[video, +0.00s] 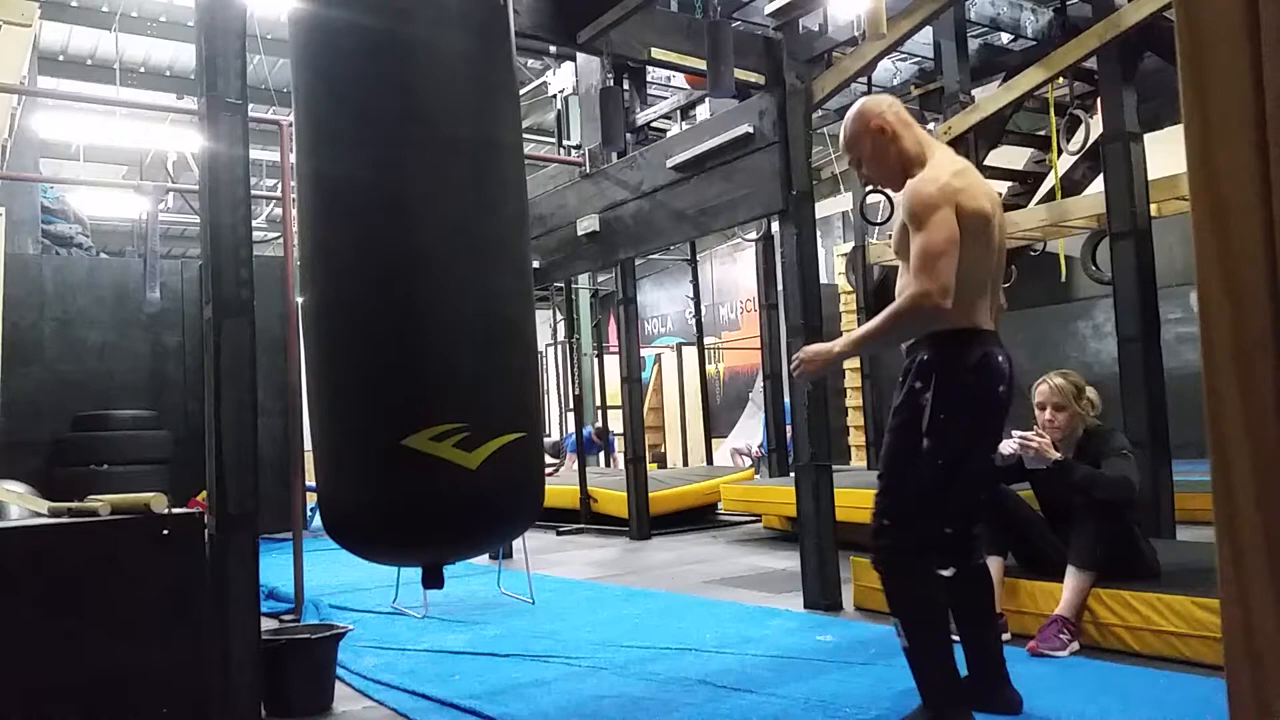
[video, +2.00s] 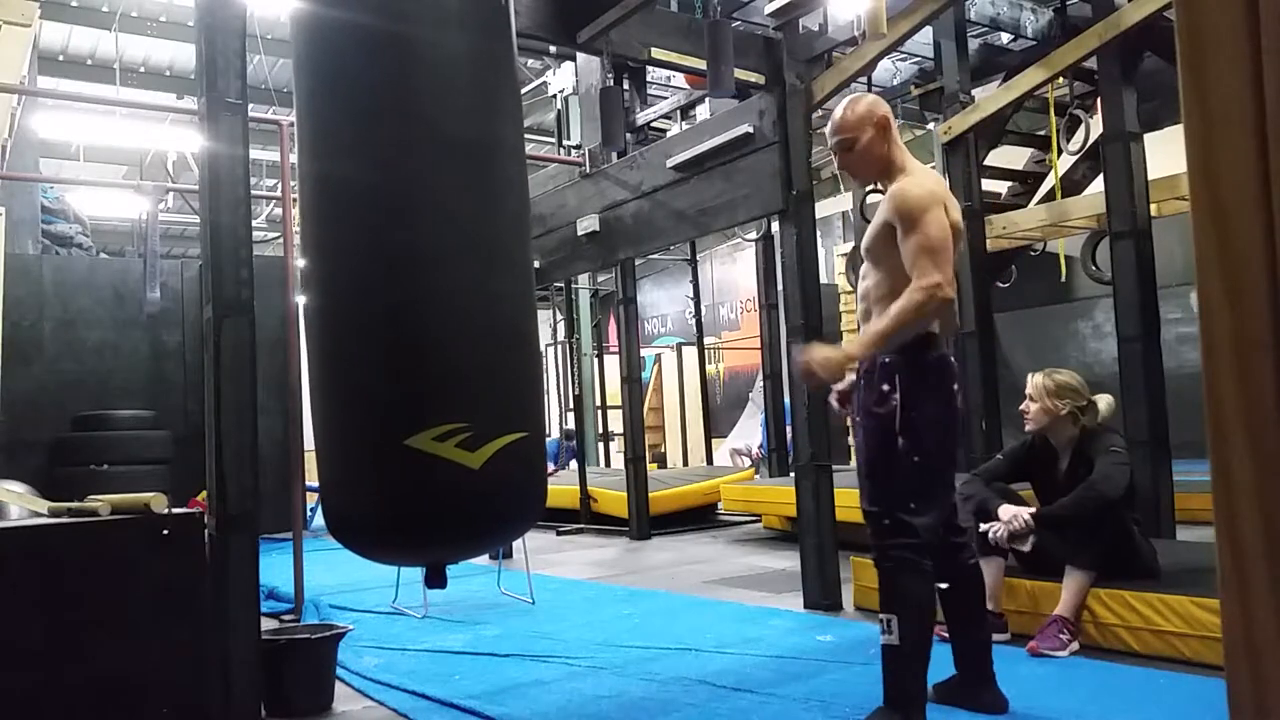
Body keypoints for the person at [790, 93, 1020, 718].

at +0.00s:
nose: (869, 183)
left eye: (862, 167)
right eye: (860, 173)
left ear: (885, 132)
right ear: (896, 129)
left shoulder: (929, 187)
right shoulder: (976, 183)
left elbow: (930, 298)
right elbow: (995, 287)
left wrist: (838, 349)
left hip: (944, 374)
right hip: (983, 370)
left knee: (894, 546)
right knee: (954, 536)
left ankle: (942, 701)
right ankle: (991, 685)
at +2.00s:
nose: (836, 160)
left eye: (843, 145)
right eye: (833, 148)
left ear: (881, 132)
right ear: (879, 137)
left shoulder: (915, 191)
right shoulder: (907, 193)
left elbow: (933, 288)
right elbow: (899, 302)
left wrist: (850, 353)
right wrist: (863, 378)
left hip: (906, 378)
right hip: (913, 375)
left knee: (897, 537)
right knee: (942, 527)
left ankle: (902, 704)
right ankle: (975, 678)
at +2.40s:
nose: (820, 144)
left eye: (824, 128)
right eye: (815, 133)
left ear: (862, 115)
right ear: (870, 117)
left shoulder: (874, 176)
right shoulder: (913, 179)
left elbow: (888, 258)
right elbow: (945, 298)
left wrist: (784, 264)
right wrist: (851, 327)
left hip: (873, 361)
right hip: (912, 358)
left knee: (849, 534)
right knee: (909, 520)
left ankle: (891, 700)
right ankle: (961, 671)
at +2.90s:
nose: (834, 158)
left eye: (843, 143)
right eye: (830, 146)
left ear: (883, 134)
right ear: (883, 138)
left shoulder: (886, 196)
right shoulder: (930, 199)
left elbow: (878, 287)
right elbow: (956, 317)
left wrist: (791, 354)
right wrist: (859, 345)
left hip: (891, 380)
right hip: (929, 377)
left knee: (859, 555)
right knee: (921, 539)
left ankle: (900, 709)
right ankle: (986, 682)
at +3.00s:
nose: (840, 155)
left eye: (849, 141)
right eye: (836, 143)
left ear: (887, 133)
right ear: (892, 138)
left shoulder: (892, 196)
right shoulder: (932, 195)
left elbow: (895, 300)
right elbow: (954, 308)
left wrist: (858, 395)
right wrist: (861, 343)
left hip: (902, 373)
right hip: (938, 370)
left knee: (873, 546)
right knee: (936, 533)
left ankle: (901, 706)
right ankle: (987, 681)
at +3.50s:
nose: (836, 125)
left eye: (846, 111)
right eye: (833, 114)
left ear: (882, 107)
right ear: (887, 113)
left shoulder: (886, 163)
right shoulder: (928, 172)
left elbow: (904, 246)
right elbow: (975, 275)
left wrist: (806, 290)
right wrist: (904, 303)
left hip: (881, 341)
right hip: (925, 343)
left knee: (838, 515)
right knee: (911, 517)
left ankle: (874, 691)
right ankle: (960, 670)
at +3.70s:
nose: (817, 143)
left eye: (827, 129)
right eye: (814, 132)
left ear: (871, 125)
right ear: (872, 134)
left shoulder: (849, 182)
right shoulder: (914, 199)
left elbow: (808, 237)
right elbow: (977, 299)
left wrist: (694, 248)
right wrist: (918, 348)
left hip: (873, 378)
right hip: (914, 379)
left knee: (828, 549)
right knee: (883, 552)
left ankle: (825, 711)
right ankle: (942, 695)